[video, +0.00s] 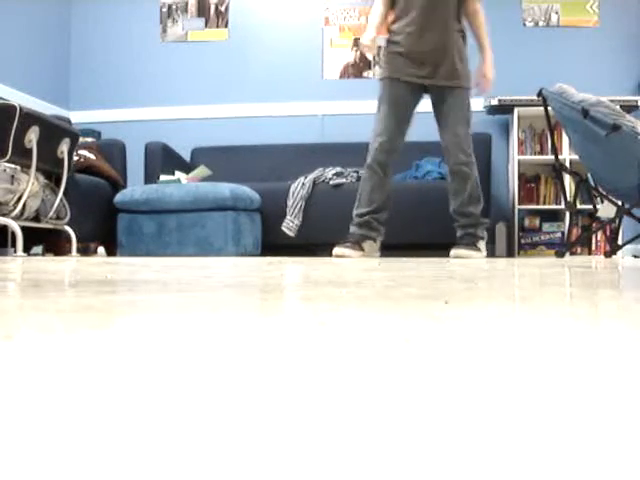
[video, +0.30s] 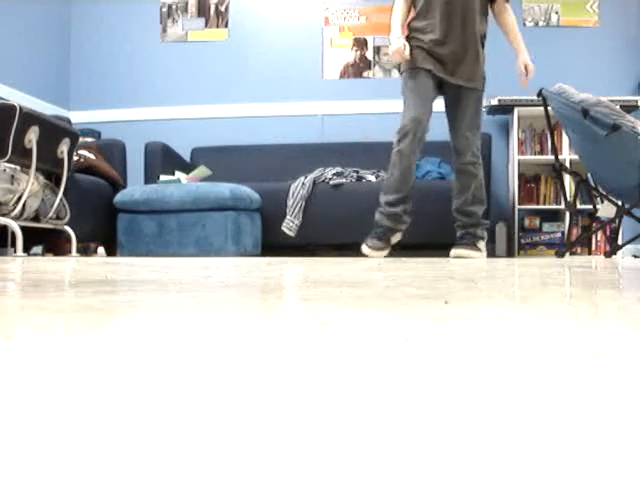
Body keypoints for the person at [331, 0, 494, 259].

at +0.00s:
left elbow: (472, 7)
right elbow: (383, 5)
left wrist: (486, 58)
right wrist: (370, 34)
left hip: (449, 60)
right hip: (401, 58)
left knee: (459, 154)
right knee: (381, 149)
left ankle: (470, 238)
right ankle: (364, 238)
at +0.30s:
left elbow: (501, 6)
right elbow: (404, 3)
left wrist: (522, 51)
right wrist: (397, 36)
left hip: (468, 57)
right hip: (422, 52)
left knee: (467, 151)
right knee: (412, 127)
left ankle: (470, 234)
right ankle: (388, 224)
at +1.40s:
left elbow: (463, 9)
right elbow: (377, 17)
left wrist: (473, 56)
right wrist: (365, 63)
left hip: (439, 72)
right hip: (393, 71)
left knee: (448, 154)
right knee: (388, 154)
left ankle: (438, 236)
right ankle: (395, 237)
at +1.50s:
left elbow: (461, 9)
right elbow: (378, 10)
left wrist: (471, 53)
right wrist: (365, 57)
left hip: (440, 67)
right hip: (393, 66)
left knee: (444, 153)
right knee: (392, 154)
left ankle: (438, 237)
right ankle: (395, 238)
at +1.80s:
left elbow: (461, 12)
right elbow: (379, 8)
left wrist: (468, 63)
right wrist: (370, 48)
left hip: (443, 69)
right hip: (396, 66)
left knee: (444, 156)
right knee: (394, 155)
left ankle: (438, 237)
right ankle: (395, 238)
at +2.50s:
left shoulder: (483, 3)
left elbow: (489, 22)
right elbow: (403, 6)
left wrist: (499, 73)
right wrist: (394, 50)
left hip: (458, 71)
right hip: (414, 65)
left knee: (457, 159)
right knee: (407, 153)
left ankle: (456, 237)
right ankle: (392, 235)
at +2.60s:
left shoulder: (482, 3)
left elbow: (487, 23)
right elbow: (401, 7)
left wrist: (498, 74)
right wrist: (391, 49)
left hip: (455, 72)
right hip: (411, 66)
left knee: (456, 159)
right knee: (402, 153)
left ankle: (456, 237)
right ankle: (388, 235)